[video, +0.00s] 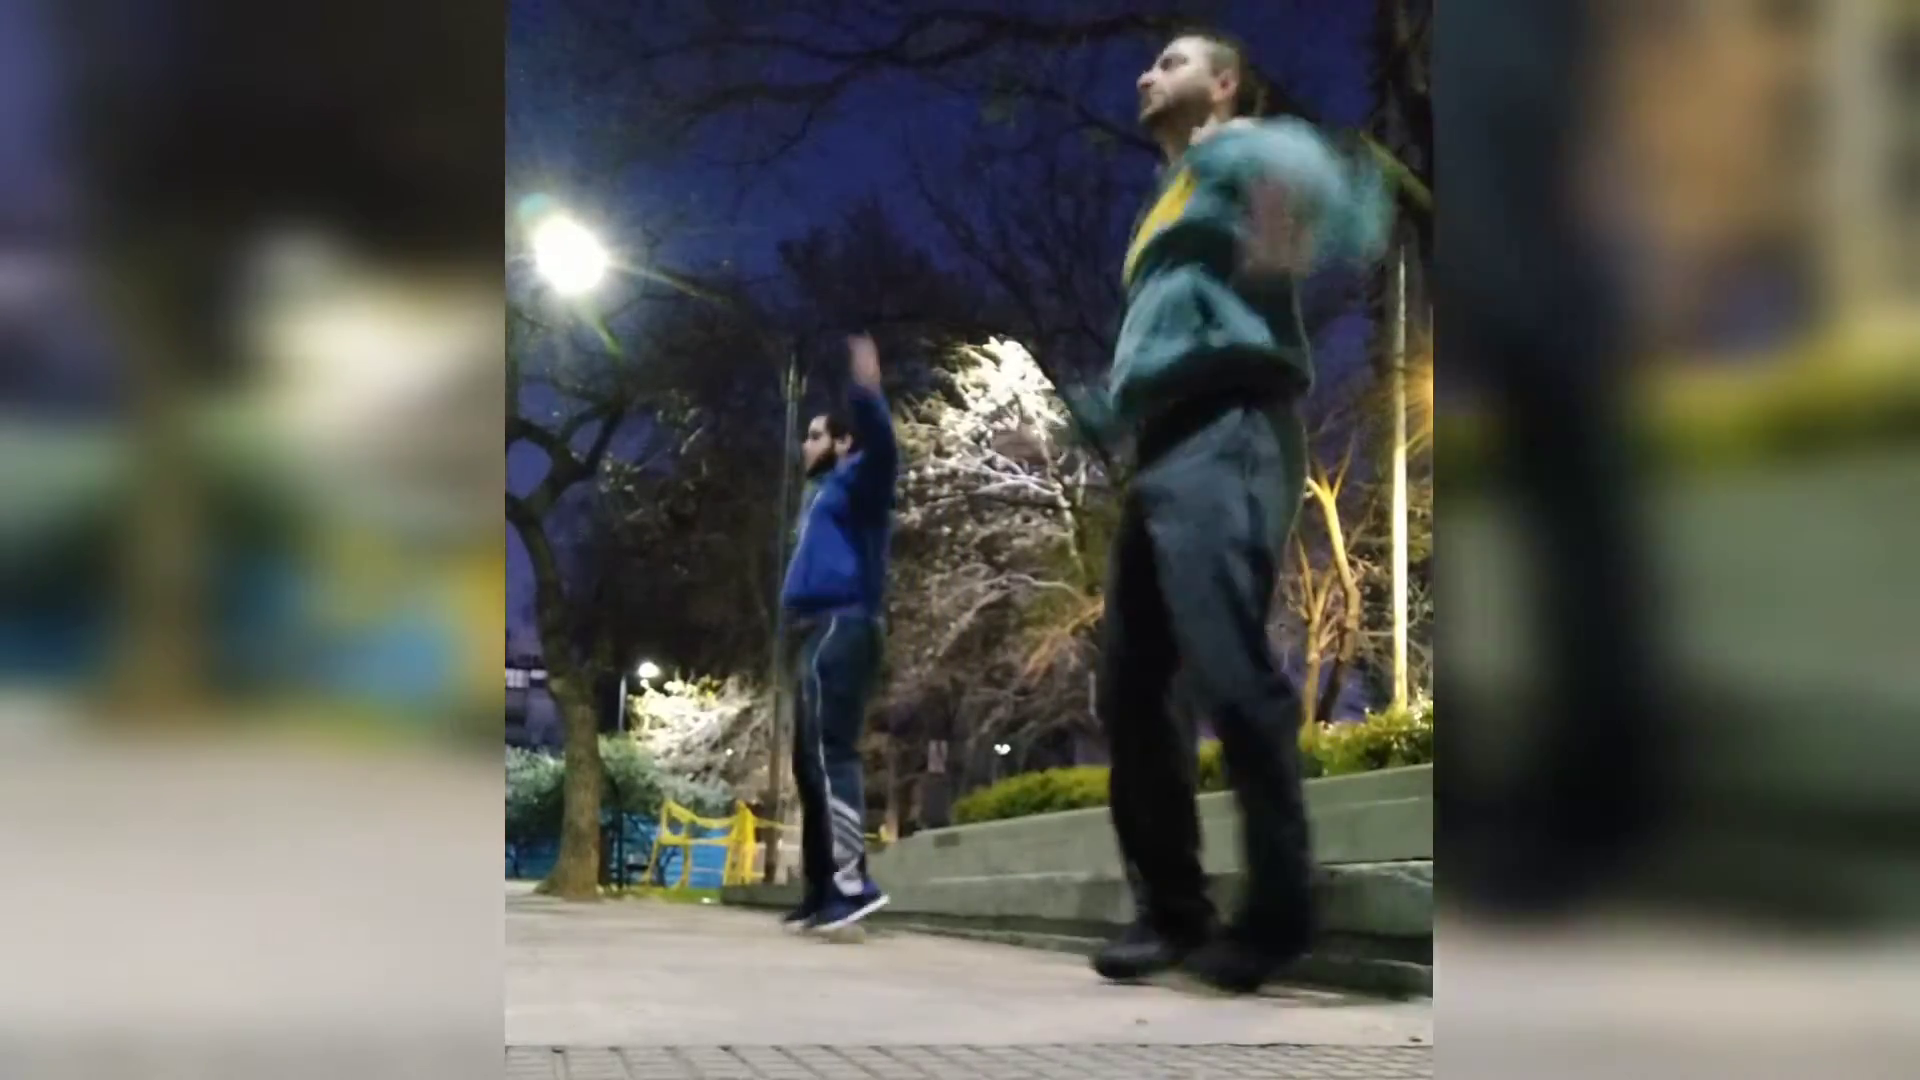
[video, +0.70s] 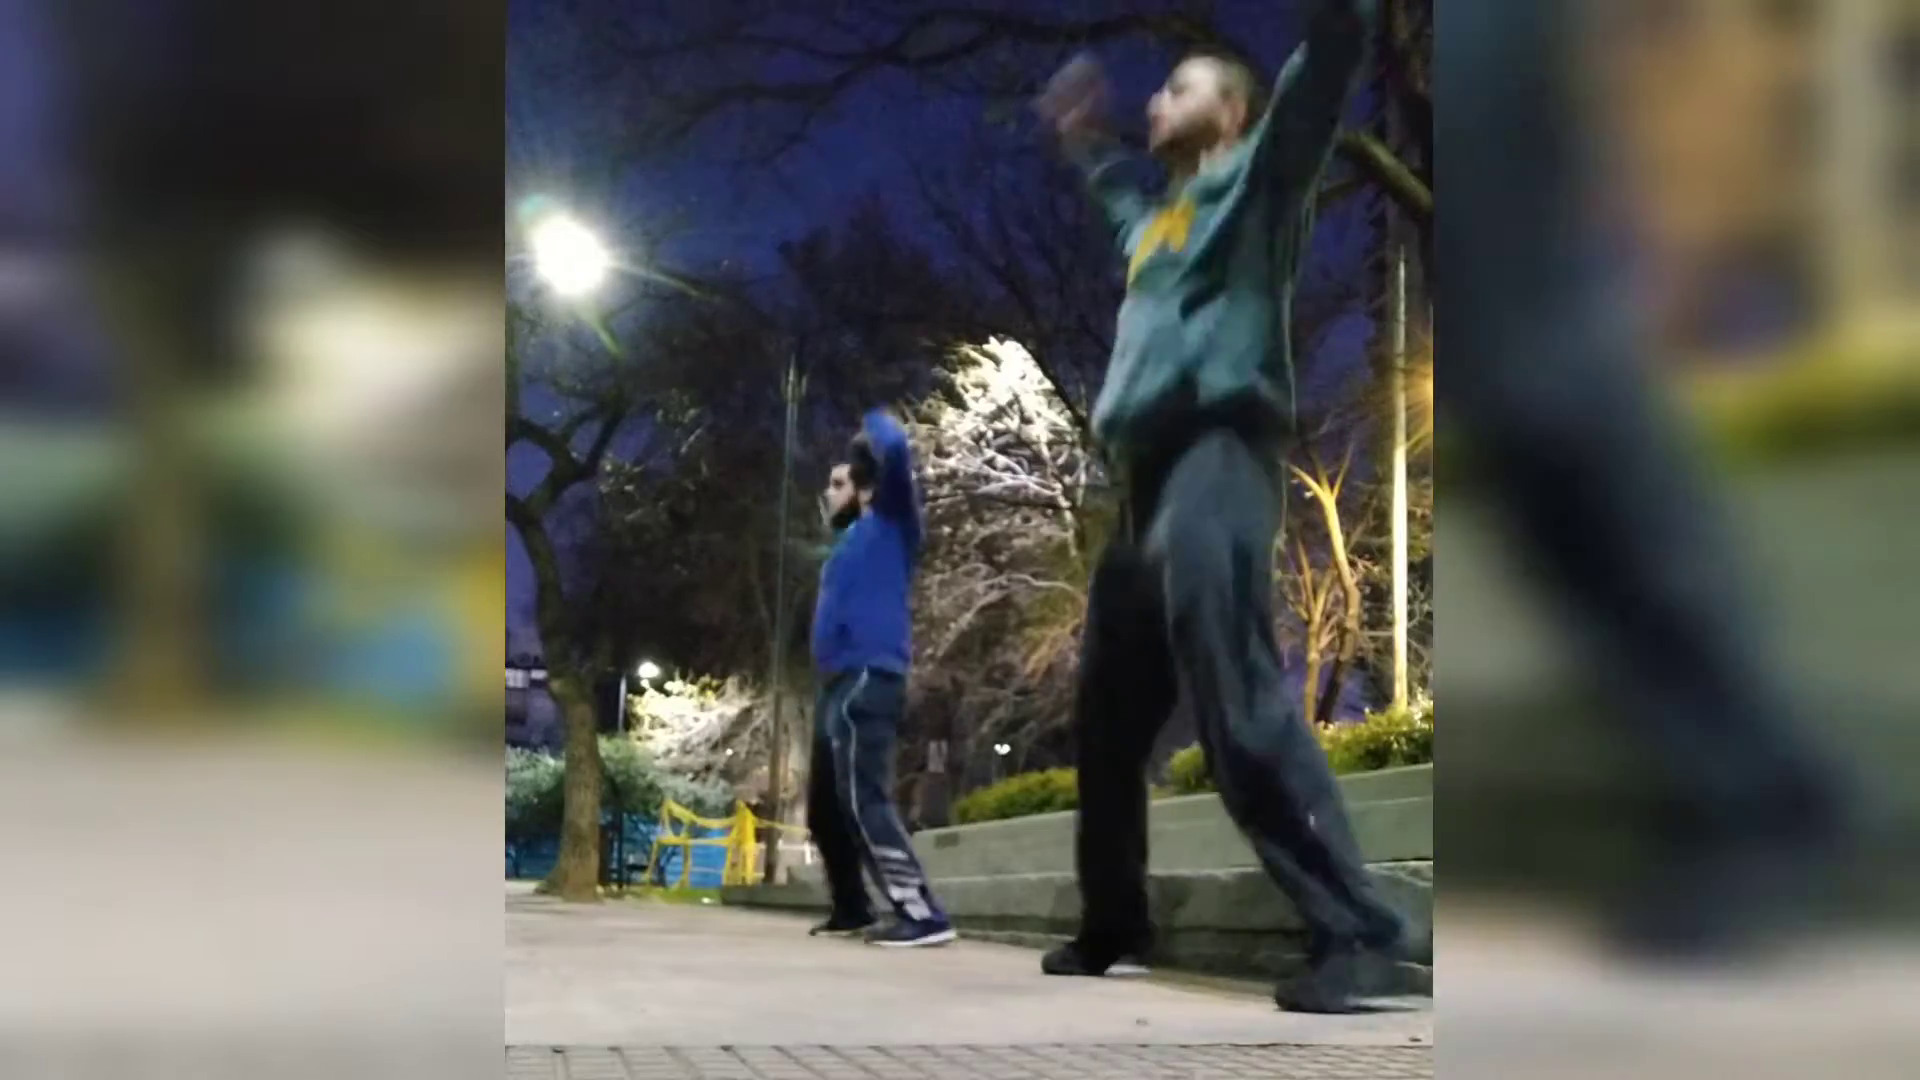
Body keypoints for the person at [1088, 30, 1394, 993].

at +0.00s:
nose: (1148, 74)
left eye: (1170, 60)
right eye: (1150, 63)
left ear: (1226, 84)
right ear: (1181, 96)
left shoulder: (1242, 151)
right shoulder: (1172, 197)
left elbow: (1309, 173)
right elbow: (1163, 346)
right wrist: (1109, 413)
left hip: (1225, 434)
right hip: (1163, 453)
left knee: (1229, 675)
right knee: (1133, 692)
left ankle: (1279, 918)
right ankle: (1173, 912)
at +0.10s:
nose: (1142, 121)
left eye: (1166, 109)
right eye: (1143, 113)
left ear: (1216, 134)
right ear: (1158, 151)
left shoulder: (1253, 214)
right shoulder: (1167, 244)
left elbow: (1311, 361)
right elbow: (1164, 386)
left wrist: (1249, 444)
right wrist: (1127, 506)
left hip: (1223, 497)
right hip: (1151, 509)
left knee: (1181, 714)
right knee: (1124, 718)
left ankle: (1246, 948)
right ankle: (1184, 940)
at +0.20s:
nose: (1147, 111)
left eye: (1170, 97)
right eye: (1147, 103)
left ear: (1221, 122)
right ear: (1162, 136)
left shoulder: (1256, 204)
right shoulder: (1169, 242)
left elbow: (1309, 327)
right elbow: (1155, 389)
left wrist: (1241, 415)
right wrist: (1116, 500)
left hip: (1217, 495)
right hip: (1148, 513)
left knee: (1189, 718)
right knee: (1125, 722)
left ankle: (1241, 945)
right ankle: (1181, 938)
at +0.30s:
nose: (1154, 65)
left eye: (1177, 47)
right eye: (1156, 54)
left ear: (1234, 70)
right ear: (1180, 85)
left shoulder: (1252, 141)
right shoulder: (1164, 201)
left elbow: (1312, 158)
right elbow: (1148, 340)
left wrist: (1313, 109)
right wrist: (1079, 372)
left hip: (1225, 418)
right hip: (1153, 438)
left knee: (1215, 655)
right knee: (1135, 671)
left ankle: (1264, 909)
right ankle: (1158, 905)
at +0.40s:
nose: (1158, 61)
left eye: (1181, 48)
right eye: (1159, 51)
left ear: (1236, 69)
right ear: (1181, 89)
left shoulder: (1260, 136)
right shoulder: (1168, 201)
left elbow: (1325, 50)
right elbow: (1122, 300)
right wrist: (1039, 256)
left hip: (1223, 420)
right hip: (1156, 445)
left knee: (1230, 652)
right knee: (1129, 680)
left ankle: (1317, 901)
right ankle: (1134, 899)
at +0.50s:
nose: (1173, 103)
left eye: (1194, 91)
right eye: (1166, 96)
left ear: (1232, 115)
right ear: (1156, 133)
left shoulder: (1251, 177)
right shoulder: (1145, 234)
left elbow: (1301, 44)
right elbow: (1115, 227)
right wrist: (1133, 139)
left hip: (1224, 470)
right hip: (1155, 496)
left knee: (1244, 697)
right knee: (1108, 722)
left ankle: (1383, 944)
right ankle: (1112, 923)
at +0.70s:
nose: (1159, 99)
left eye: (1182, 87)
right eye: (1161, 89)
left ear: (1236, 107)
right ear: (1169, 117)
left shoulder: (1263, 173)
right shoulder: (1154, 219)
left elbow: (1330, 50)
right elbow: (1124, 199)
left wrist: (1349, 7)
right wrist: (1087, 138)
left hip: (1219, 455)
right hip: (1145, 479)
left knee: (1236, 706)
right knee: (1108, 721)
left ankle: (1365, 941)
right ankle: (1111, 926)